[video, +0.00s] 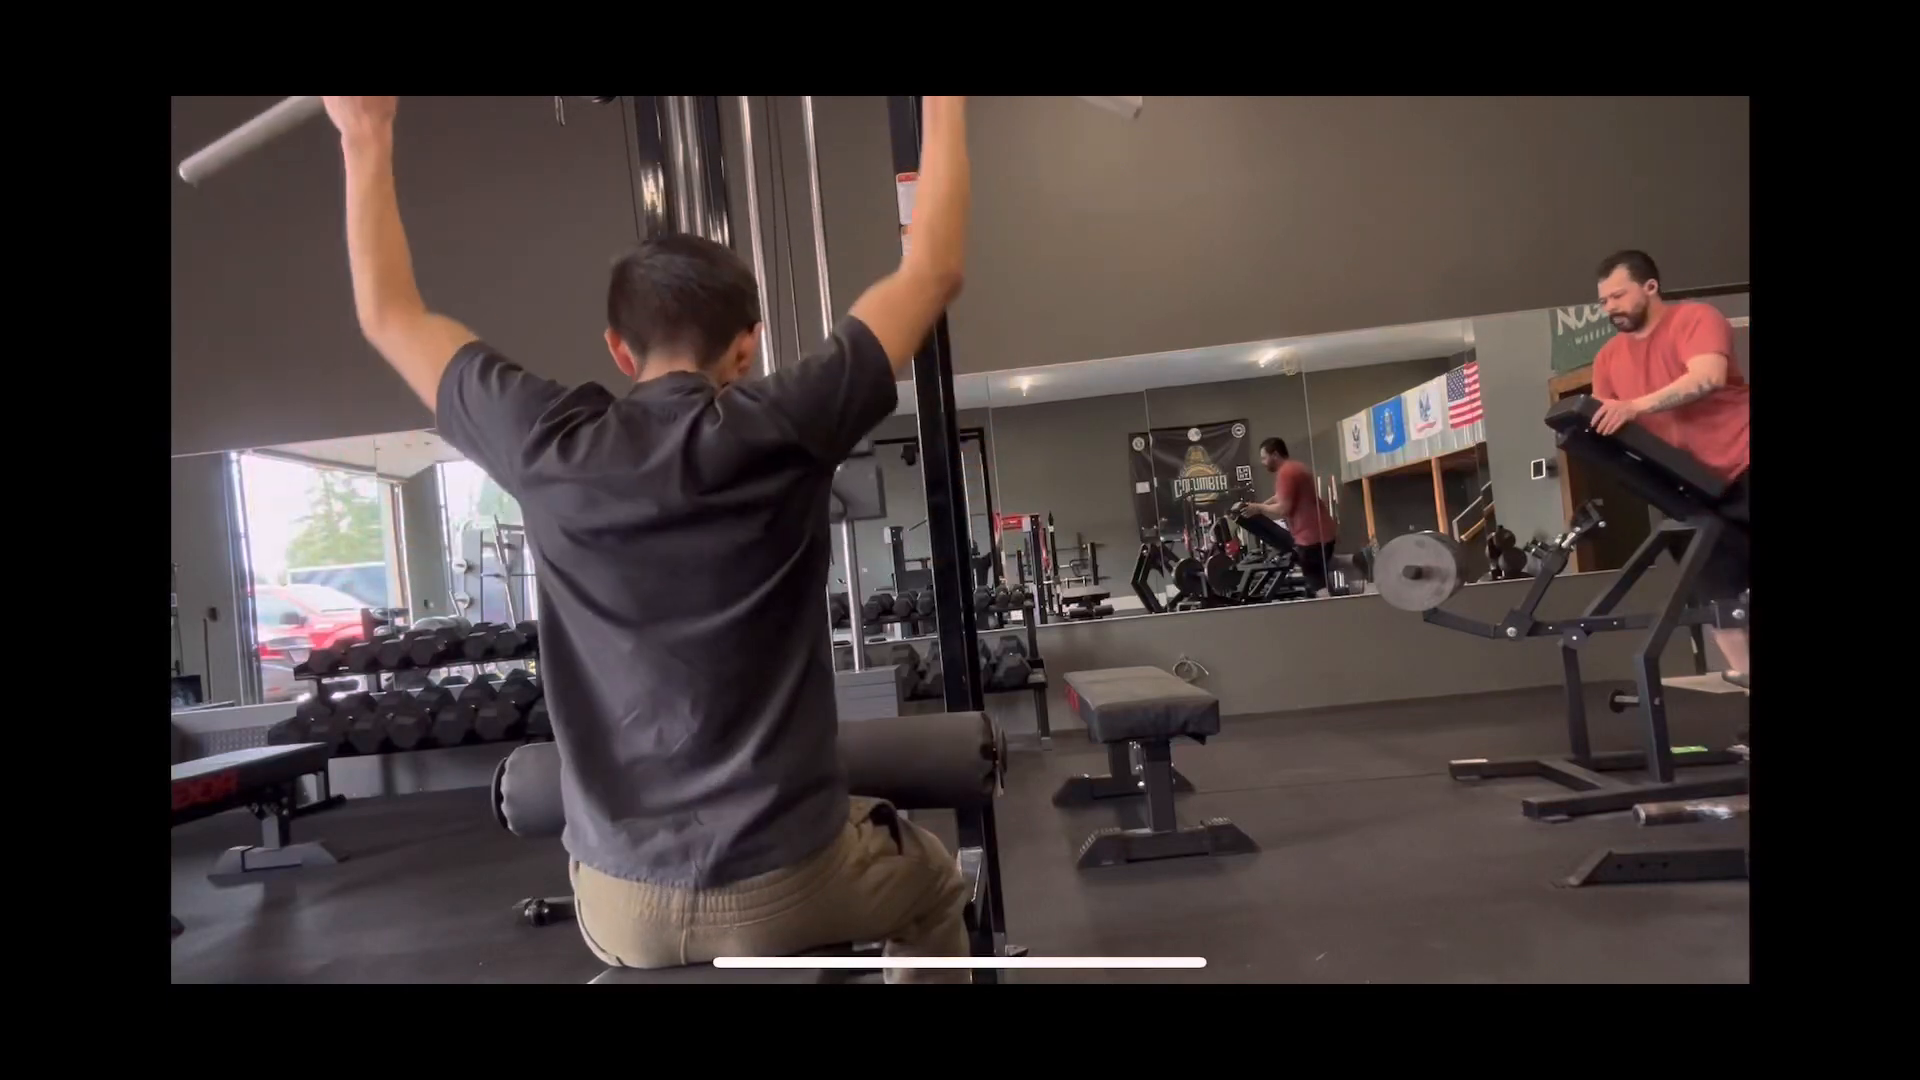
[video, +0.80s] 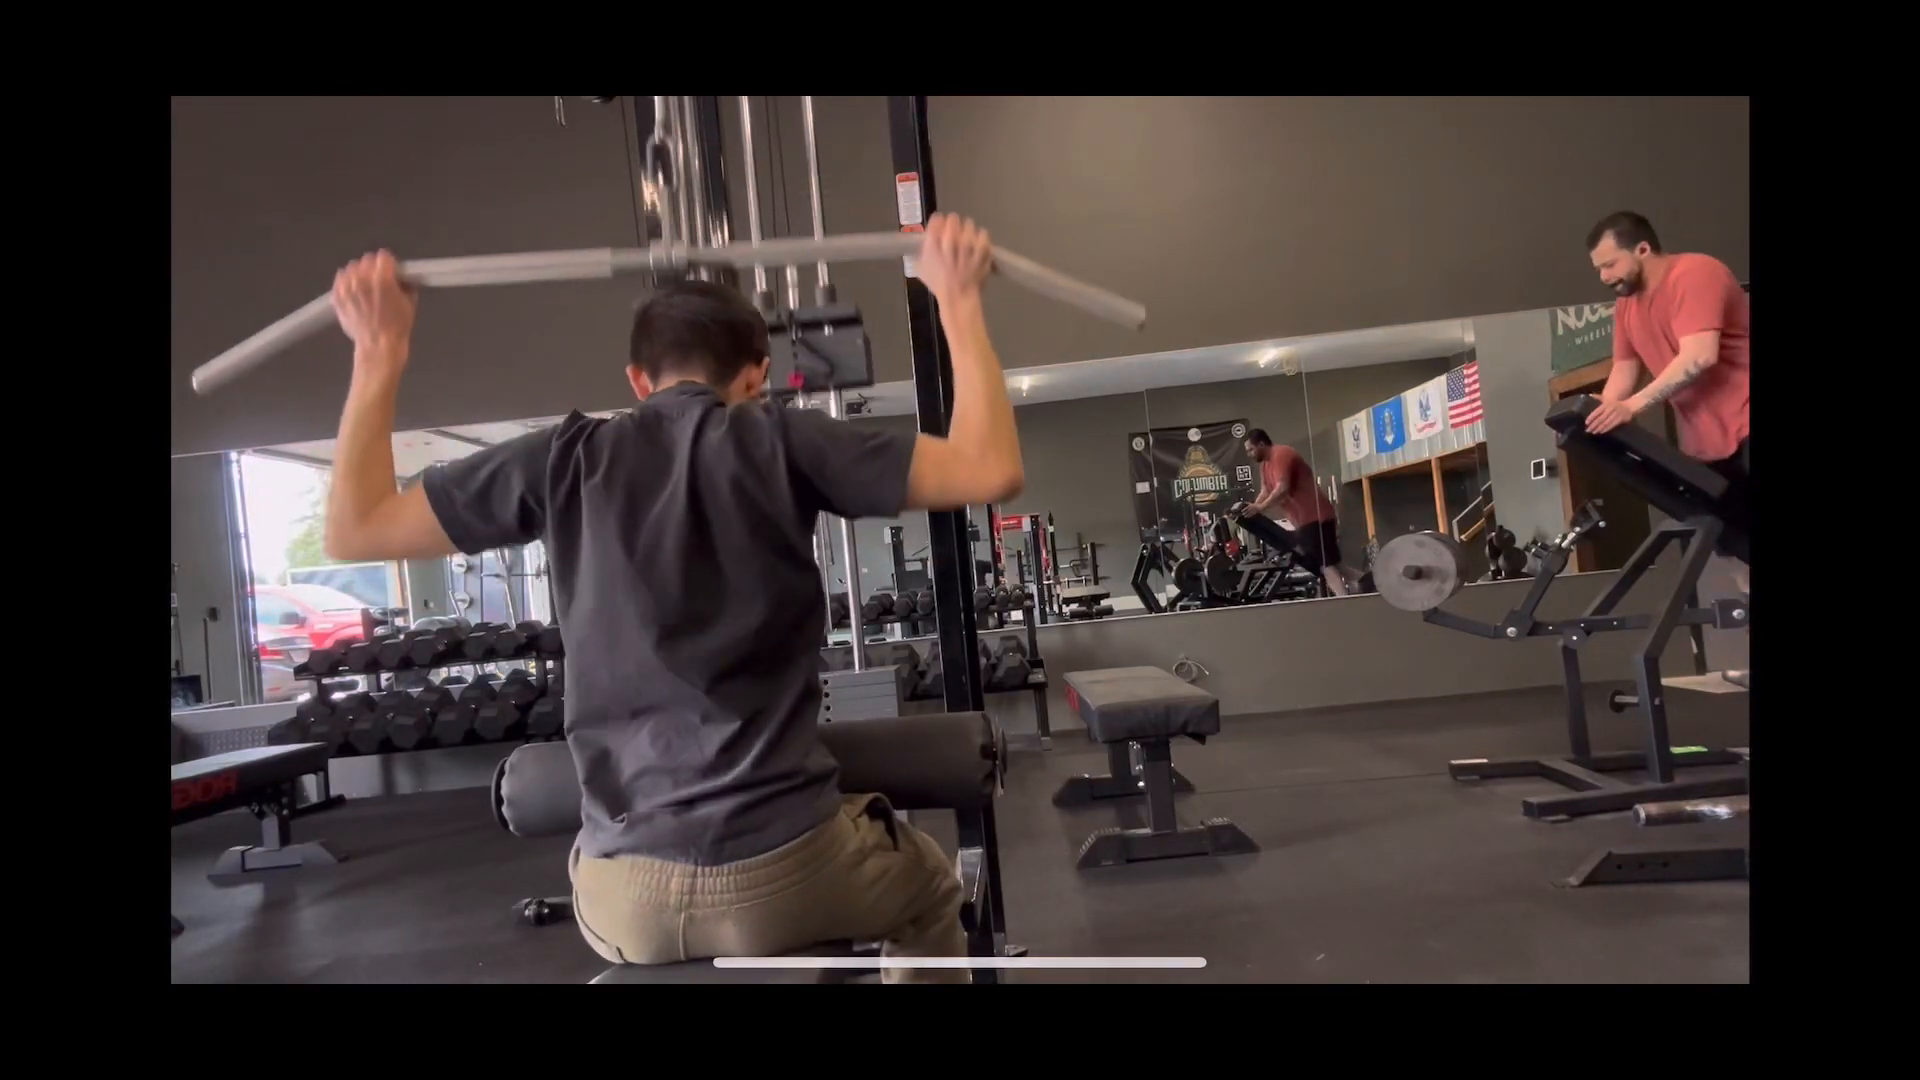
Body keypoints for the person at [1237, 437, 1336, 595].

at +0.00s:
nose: (1262, 462)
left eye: (1264, 457)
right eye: (1262, 458)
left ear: (1275, 454)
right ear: (1277, 454)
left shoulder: (1287, 471)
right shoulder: (1293, 468)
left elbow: (1284, 508)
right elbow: (1279, 498)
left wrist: (1258, 509)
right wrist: (1258, 507)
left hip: (1312, 538)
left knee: (1316, 586)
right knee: (1318, 585)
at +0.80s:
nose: (1249, 455)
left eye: (1251, 449)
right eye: (1248, 451)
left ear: (1262, 443)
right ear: (1260, 446)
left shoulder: (1281, 454)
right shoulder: (1265, 464)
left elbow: (1283, 487)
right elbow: (1266, 491)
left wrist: (1259, 507)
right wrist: (1251, 507)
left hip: (1317, 516)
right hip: (1303, 520)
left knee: (1325, 564)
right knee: (1321, 563)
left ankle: (1344, 602)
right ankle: (1360, 578)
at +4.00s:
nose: (1211, 473)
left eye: (1211, 468)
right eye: (1208, 470)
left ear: (1221, 460)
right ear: (1212, 466)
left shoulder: (1238, 473)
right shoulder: (1223, 479)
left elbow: (1230, 509)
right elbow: (1217, 508)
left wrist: (1215, 538)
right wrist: (1205, 535)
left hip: (1291, 513)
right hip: (1281, 522)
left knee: (1323, 553)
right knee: (1317, 560)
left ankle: (1363, 584)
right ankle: (1354, 585)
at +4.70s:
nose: (1210, 462)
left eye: (1213, 457)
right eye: (1209, 458)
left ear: (1226, 456)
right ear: (1221, 458)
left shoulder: (1237, 473)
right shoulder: (1223, 479)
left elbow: (1222, 509)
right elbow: (1213, 509)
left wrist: (1209, 538)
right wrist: (1202, 537)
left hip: (1291, 513)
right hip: (1279, 522)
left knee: (1324, 552)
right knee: (1313, 561)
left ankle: (1363, 583)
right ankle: (1352, 584)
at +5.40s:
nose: (1211, 461)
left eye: (1214, 457)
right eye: (1211, 457)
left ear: (1227, 456)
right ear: (1222, 457)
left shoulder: (1237, 473)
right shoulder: (1222, 479)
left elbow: (1222, 509)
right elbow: (1213, 510)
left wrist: (1209, 538)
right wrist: (1204, 538)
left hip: (1291, 513)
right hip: (1280, 523)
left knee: (1325, 552)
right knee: (1318, 559)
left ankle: (1364, 584)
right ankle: (1353, 586)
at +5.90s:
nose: (1211, 462)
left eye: (1213, 457)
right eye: (1210, 459)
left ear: (1226, 455)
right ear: (1219, 457)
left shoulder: (1238, 473)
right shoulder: (1222, 480)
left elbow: (1223, 509)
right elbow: (1213, 510)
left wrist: (1210, 538)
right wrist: (1204, 538)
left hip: (1291, 513)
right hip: (1280, 523)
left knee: (1326, 552)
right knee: (1319, 559)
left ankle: (1364, 584)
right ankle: (1353, 586)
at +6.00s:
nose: (1211, 463)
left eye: (1213, 458)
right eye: (1209, 460)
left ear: (1225, 455)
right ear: (1218, 458)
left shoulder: (1237, 473)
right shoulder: (1222, 480)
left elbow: (1222, 510)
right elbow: (1213, 510)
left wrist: (1210, 540)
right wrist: (1204, 539)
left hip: (1291, 514)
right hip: (1279, 523)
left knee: (1325, 552)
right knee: (1319, 559)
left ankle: (1365, 584)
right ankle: (1353, 585)